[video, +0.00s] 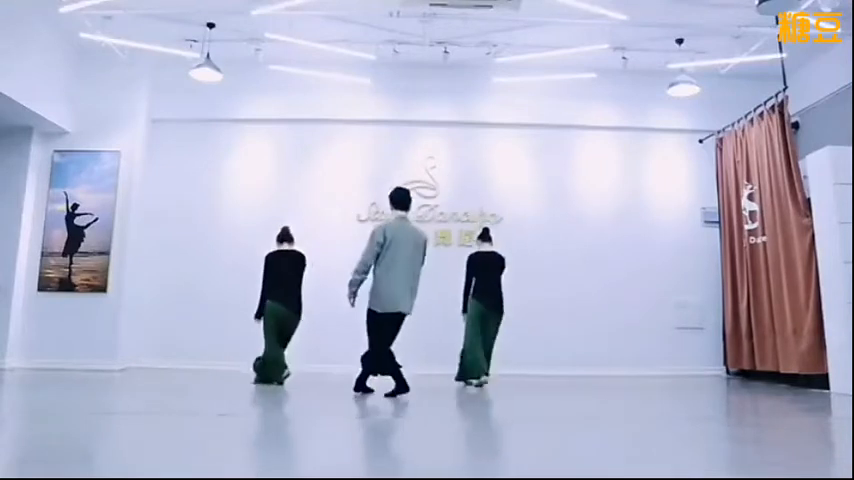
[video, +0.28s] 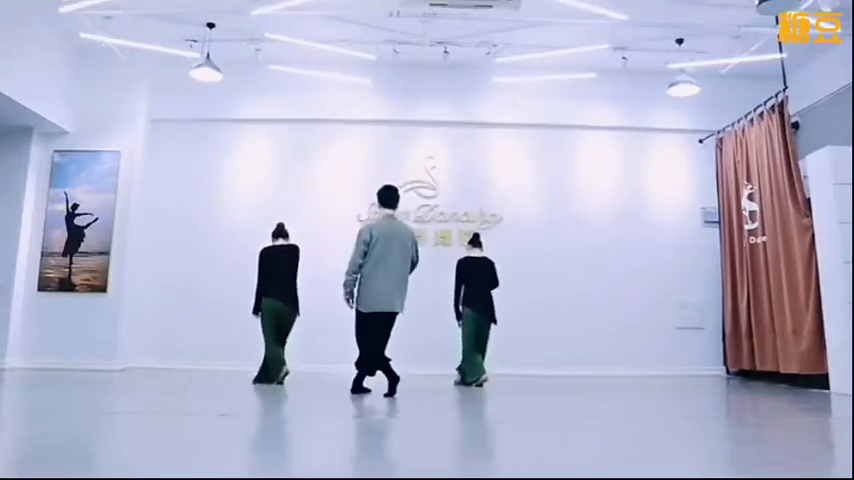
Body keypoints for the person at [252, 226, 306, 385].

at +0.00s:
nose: (285, 245)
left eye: (281, 242)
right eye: (287, 242)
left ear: (277, 241)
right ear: (293, 241)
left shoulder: (271, 257)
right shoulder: (301, 258)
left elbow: (266, 286)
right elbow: (297, 284)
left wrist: (260, 309)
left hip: (273, 303)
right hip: (294, 306)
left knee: (271, 340)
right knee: (281, 344)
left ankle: (279, 370)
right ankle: (265, 372)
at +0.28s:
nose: (279, 241)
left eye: (275, 238)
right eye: (283, 237)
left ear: (272, 237)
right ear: (288, 237)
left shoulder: (265, 252)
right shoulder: (294, 250)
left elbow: (261, 281)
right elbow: (293, 280)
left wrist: (256, 305)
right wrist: (296, 306)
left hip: (269, 300)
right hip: (290, 302)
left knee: (270, 338)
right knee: (279, 341)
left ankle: (279, 368)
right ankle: (264, 376)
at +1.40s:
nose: (276, 227)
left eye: (270, 224)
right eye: (278, 224)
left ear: (265, 226)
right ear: (280, 226)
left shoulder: (257, 245)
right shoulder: (287, 245)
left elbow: (252, 275)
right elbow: (287, 242)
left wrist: (249, 298)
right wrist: (278, 234)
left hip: (262, 293)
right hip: (281, 294)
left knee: (263, 332)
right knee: (279, 333)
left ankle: (275, 366)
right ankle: (276, 373)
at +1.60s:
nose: (276, 227)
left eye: (270, 224)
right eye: (277, 225)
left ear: (265, 226)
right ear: (280, 227)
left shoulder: (257, 245)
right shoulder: (285, 244)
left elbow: (252, 274)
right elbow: (298, 230)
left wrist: (249, 297)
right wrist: (283, 226)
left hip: (261, 292)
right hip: (281, 293)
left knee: (263, 331)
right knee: (278, 333)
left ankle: (275, 365)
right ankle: (266, 373)